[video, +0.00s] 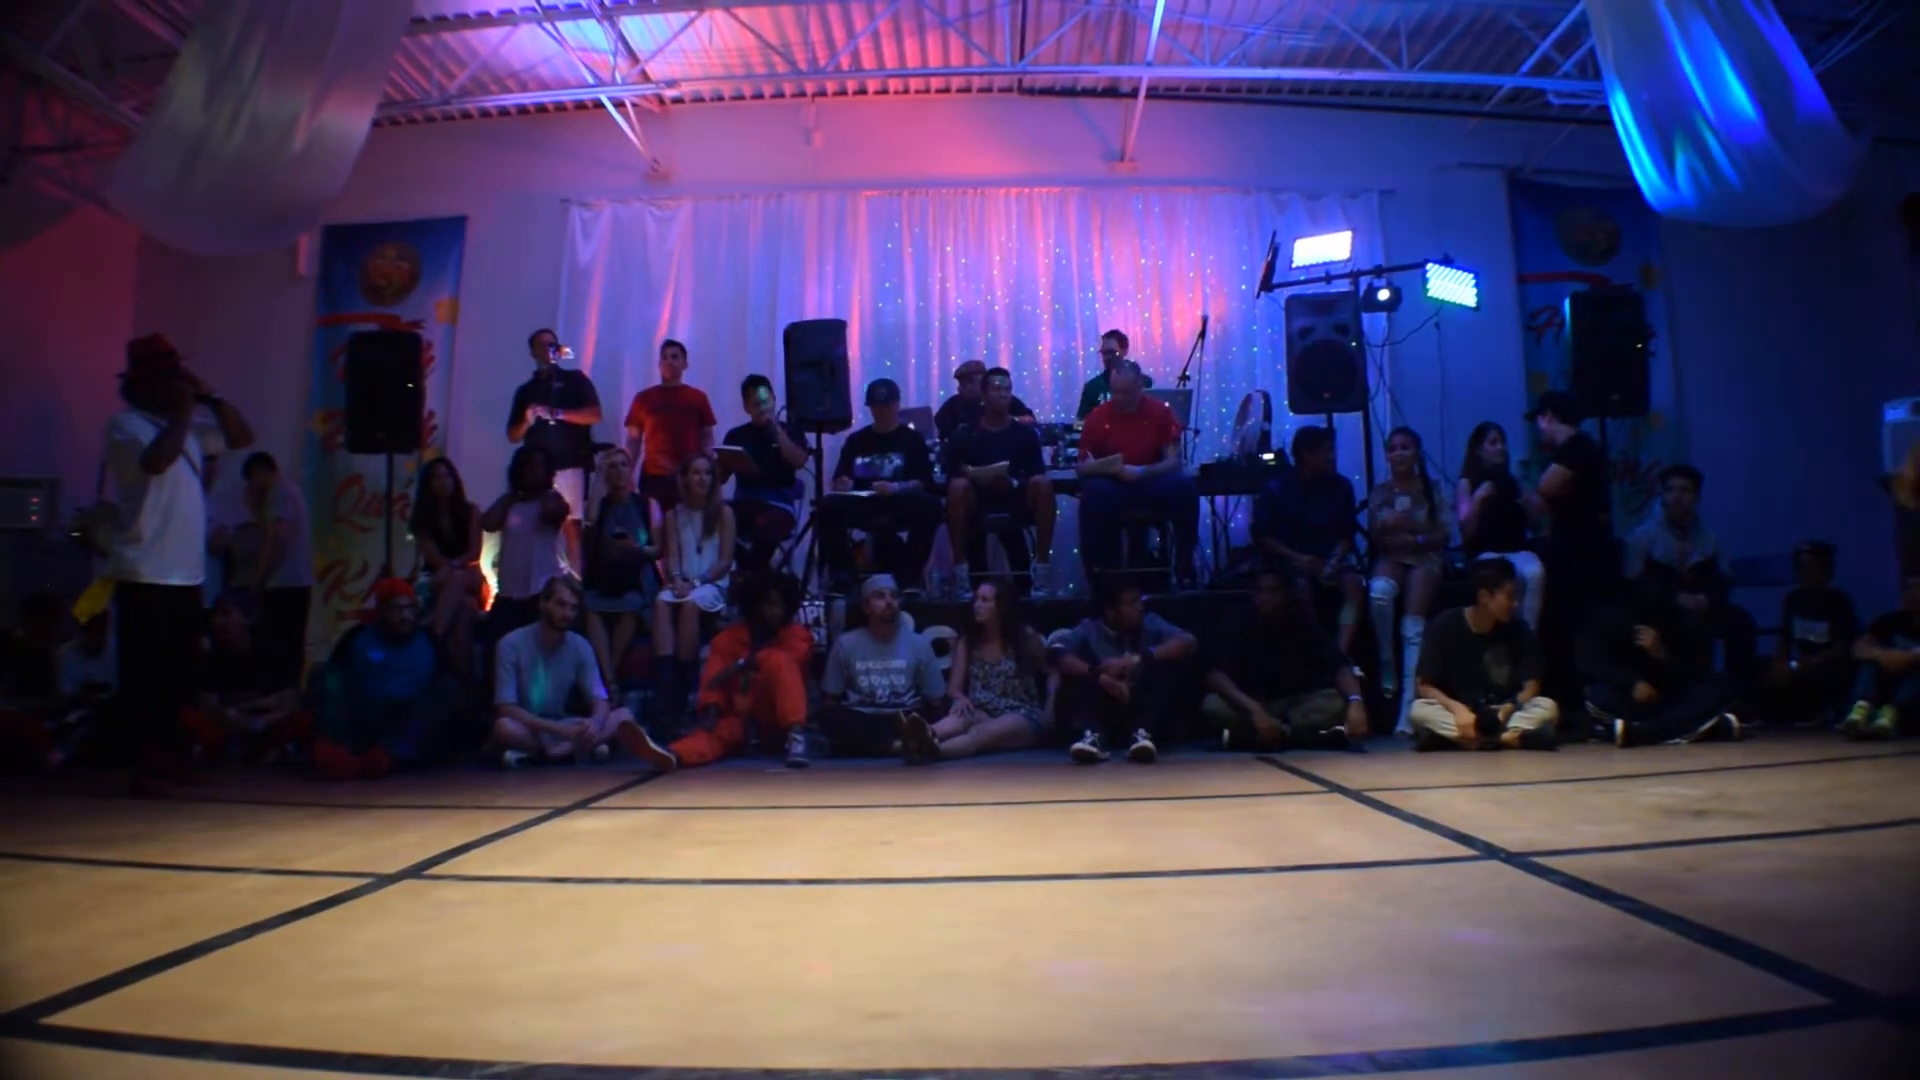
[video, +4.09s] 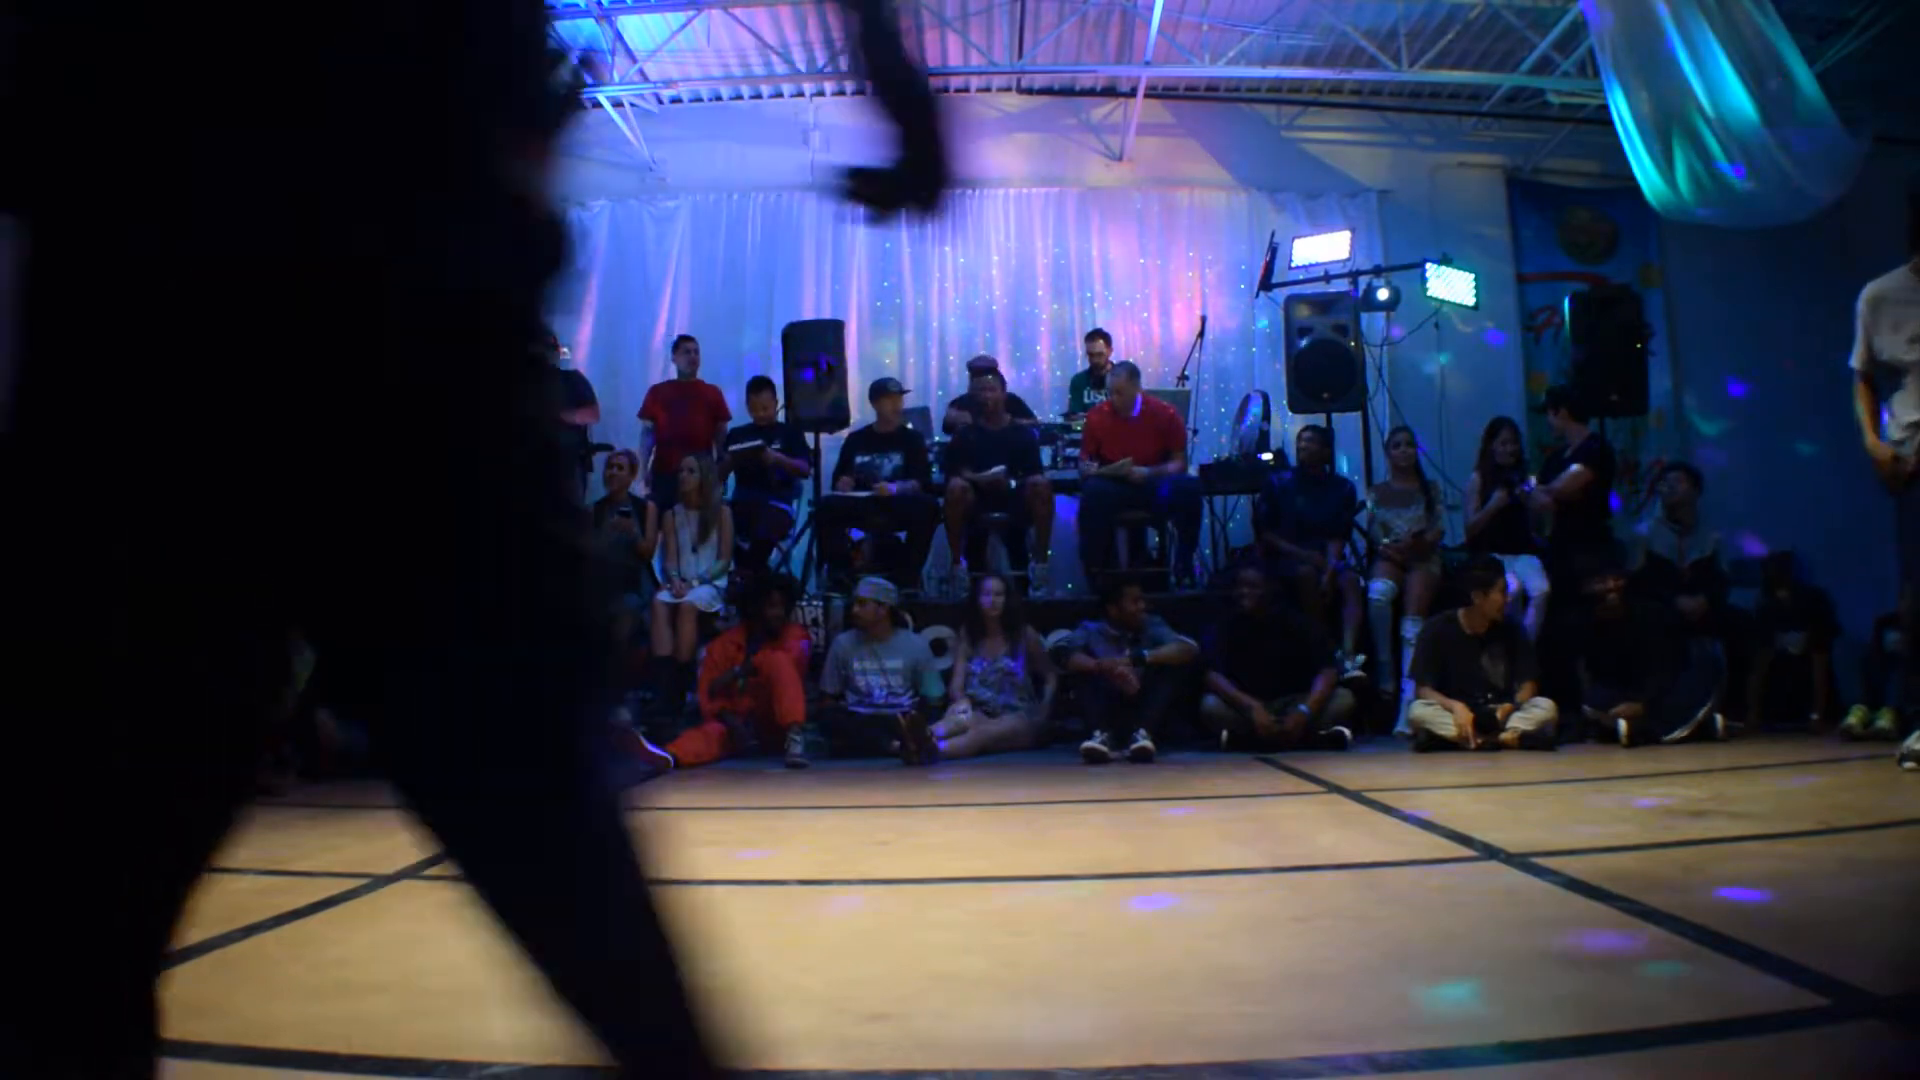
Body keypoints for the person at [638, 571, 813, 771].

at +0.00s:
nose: (775, 612)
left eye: (780, 606)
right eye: (768, 605)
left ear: (789, 608)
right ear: (753, 606)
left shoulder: (797, 635)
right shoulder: (728, 639)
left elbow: (790, 659)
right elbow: (712, 685)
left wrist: (752, 663)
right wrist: (711, 714)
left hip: (776, 714)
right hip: (738, 718)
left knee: (777, 659)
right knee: (715, 738)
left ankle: (796, 737)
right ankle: (673, 755)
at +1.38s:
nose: (757, 611)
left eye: (765, 605)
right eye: (755, 603)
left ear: (782, 610)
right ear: (749, 605)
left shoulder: (795, 636)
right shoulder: (726, 643)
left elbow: (786, 666)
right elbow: (707, 705)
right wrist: (731, 709)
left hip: (772, 719)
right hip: (736, 722)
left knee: (774, 660)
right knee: (711, 735)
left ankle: (794, 737)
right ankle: (670, 755)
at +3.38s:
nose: (777, 613)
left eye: (782, 607)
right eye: (770, 606)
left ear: (788, 609)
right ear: (754, 608)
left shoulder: (796, 636)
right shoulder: (725, 645)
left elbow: (785, 661)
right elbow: (709, 703)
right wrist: (732, 718)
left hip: (774, 720)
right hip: (737, 724)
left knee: (779, 660)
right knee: (709, 736)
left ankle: (794, 736)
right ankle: (670, 755)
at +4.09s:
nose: (778, 614)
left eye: (783, 607)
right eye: (771, 606)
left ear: (788, 609)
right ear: (755, 607)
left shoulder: (794, 636)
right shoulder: (724, 645)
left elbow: (788, 660)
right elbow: (708, 705)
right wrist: (732, 719)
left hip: (774, 719)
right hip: (737, 722)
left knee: (777, 660)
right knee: (710, 734)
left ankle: (795, 736)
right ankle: (669, 756)